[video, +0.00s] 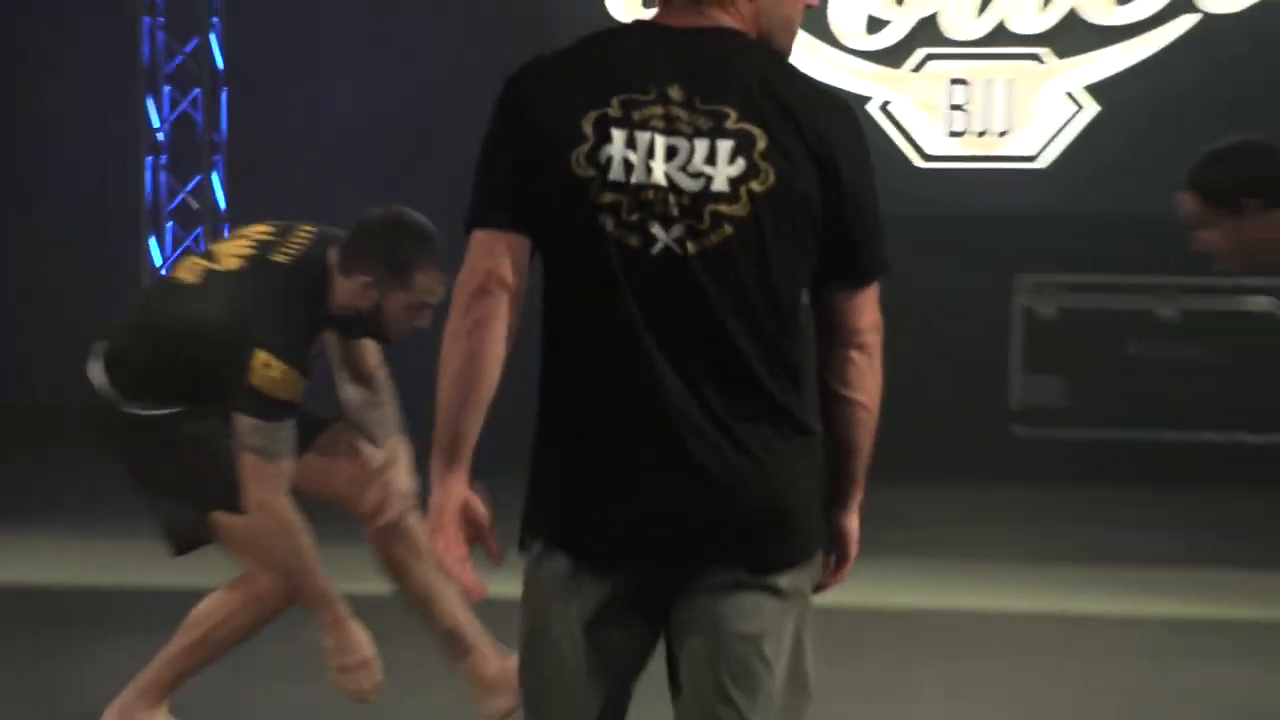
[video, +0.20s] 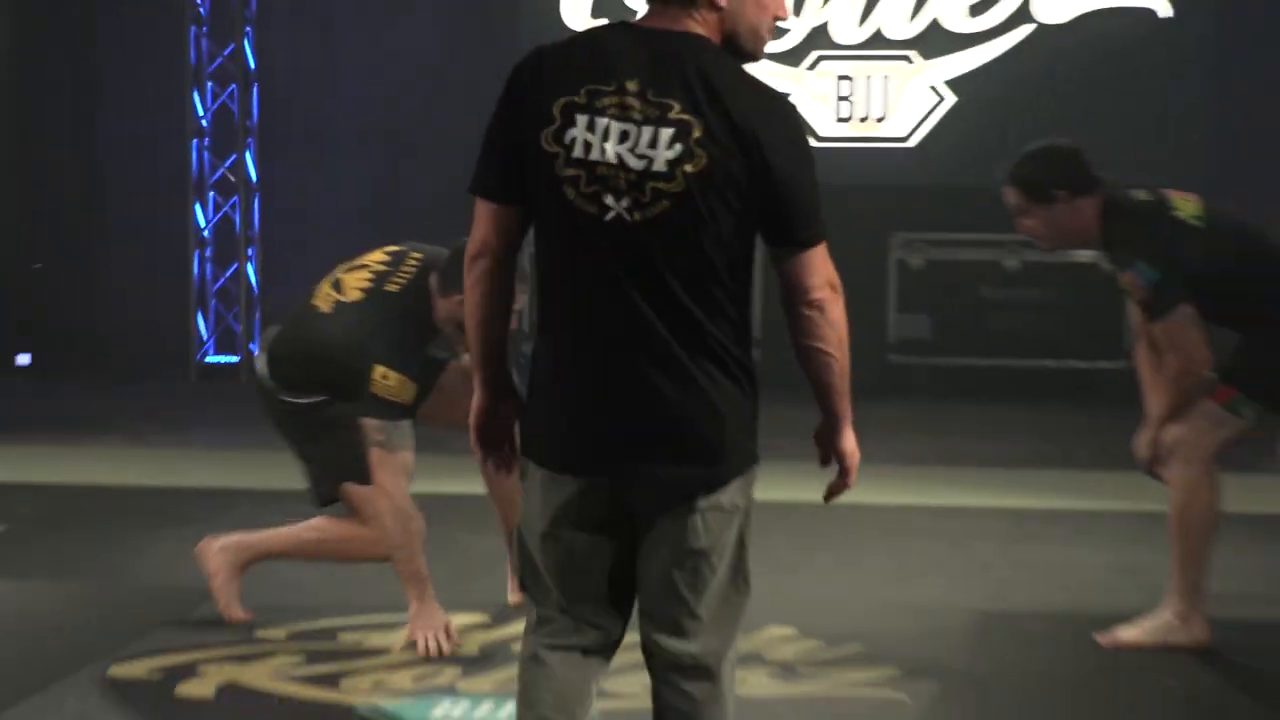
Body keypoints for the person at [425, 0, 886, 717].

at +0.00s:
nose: (806, 10)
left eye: (807, 0)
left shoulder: (545, 88)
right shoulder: (822, 118)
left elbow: (488, 282)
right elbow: (857, 338)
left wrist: (452, 472)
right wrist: (846, 498)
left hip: (587, 494)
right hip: (756, 506)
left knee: (560, 708)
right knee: (743, 706)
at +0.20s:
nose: (785, 11)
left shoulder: (543, 75)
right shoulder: (757, 111)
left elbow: (487, 250)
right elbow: (812, 290)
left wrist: (489, 384)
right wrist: (838, 417)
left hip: (568, 411)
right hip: (698, 422)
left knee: (562, 632)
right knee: (693, 662)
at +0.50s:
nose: (697, 79)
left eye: (698, 63)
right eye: (687, 62)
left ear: (618, 66)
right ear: (637, 64)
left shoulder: (513, 139)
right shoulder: (664, 157)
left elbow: (490, 274)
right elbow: (693, 304)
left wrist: (527, 354)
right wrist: (731, 396)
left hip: (543, 401)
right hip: (638, 407)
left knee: (570, 593)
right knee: (651, 591)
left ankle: (574, 715)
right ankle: (645, 710)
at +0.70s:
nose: (708, 63)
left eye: (709, 45)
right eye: (697, 43)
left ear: (626, 44)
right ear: (642, 45)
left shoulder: (511, 123)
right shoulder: (662, 142)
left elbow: (476, 268)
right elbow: (698, 299)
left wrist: (507, 372)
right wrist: (717, 398)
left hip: (546, 406)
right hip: (649, 409)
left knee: (571, 607)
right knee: (684, 598)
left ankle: (570, 719)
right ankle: (683, 715)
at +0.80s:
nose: (721, 69)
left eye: (723, 51)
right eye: (711, 49)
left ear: (638, 50)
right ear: (657, 50)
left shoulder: (518, 128)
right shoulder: (677, 151)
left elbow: (480, 273)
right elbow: (714, 314)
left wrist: (493, 396)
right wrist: (729, 411)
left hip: (554, 417)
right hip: (659, 423)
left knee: (571, 616)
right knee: (706, 610)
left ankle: (565, 719)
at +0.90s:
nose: (740, 79)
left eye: (742, 60)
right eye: (730, 60)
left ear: (650, 63)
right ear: (676, 60)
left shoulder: (534, 139)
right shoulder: (699, 164)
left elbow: (486, 285)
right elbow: (734, 328)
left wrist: (483, 414)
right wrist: (738, 439)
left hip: (568, 433)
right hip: (675, 439)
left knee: (578, 650)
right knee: (701, 648)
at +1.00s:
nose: (766, 84)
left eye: (768, 66)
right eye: (756, 65)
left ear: (670, 67)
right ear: (702, 66)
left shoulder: (556, 150)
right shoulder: (728, 177)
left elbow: (502, 298)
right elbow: (762, 338)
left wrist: (492, 430)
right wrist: (760, 452)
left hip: (583, 442)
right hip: (694, 449)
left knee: (584, 664)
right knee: (703, 671)